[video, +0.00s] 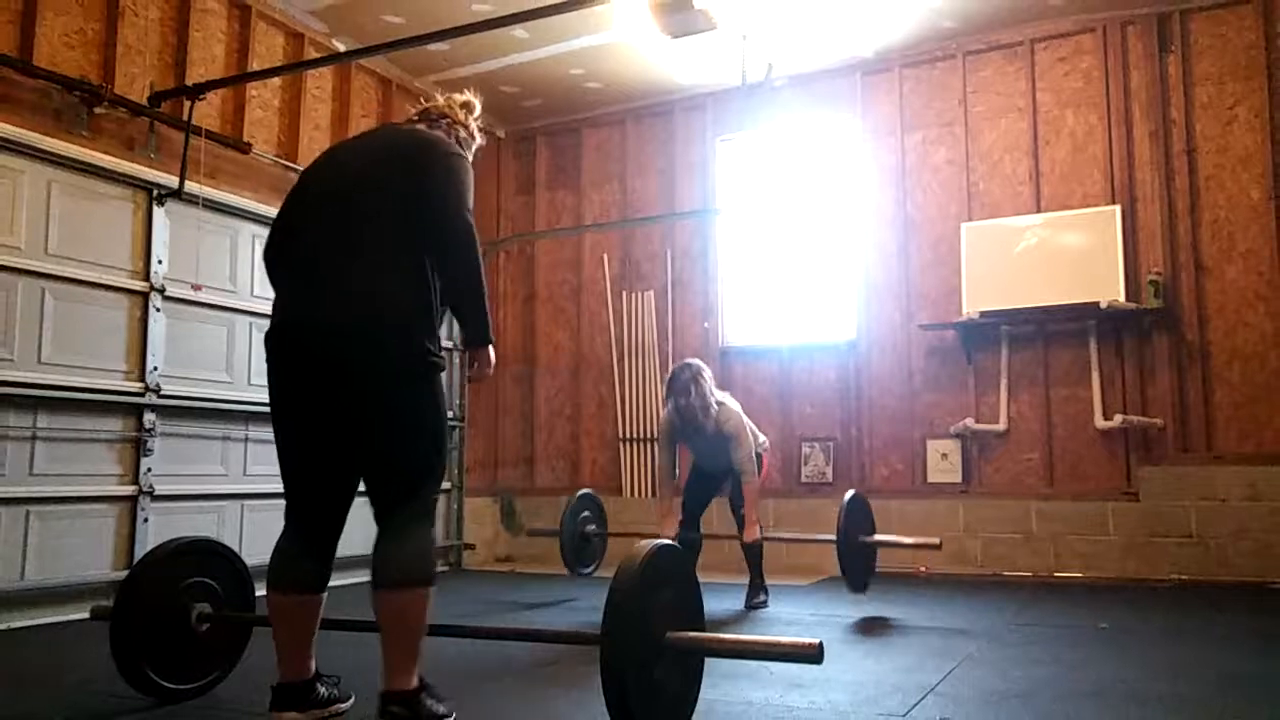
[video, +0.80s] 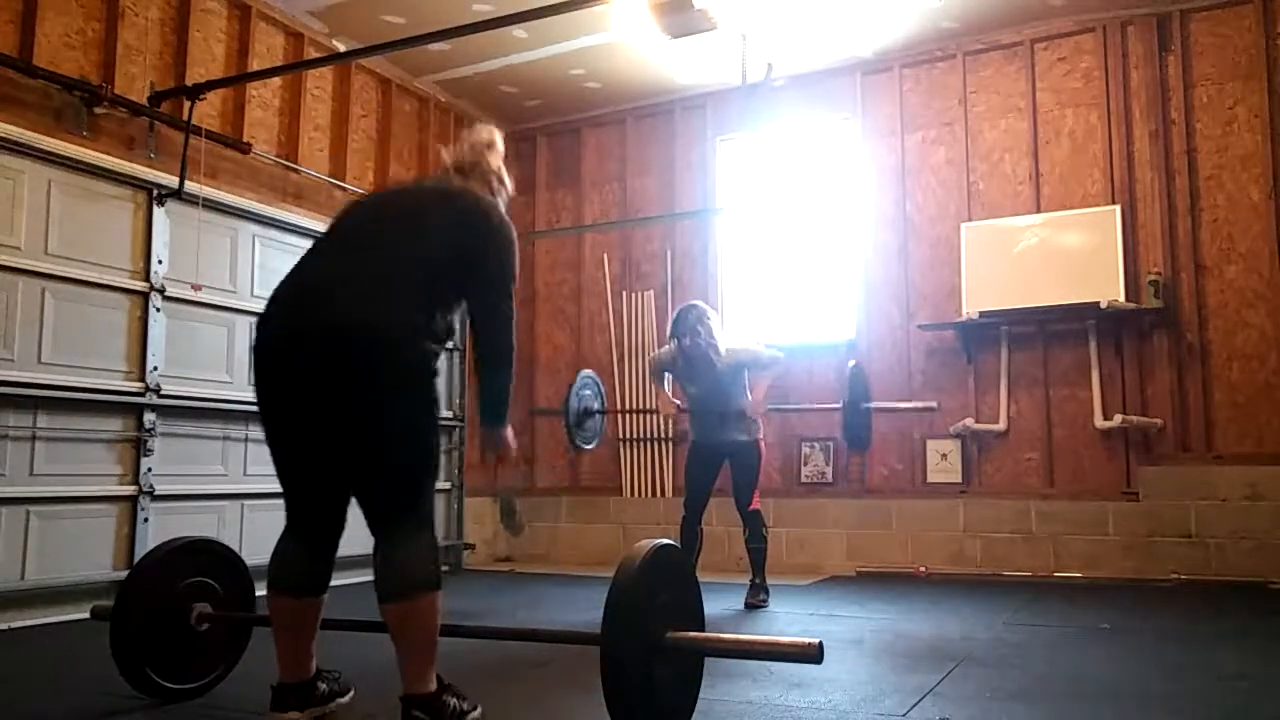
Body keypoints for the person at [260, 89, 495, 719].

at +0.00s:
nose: (469, 161)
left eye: (473, 154)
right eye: (471, 153)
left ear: (416, 120)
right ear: (458, 135)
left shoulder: (336, 155)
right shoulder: (442, 155)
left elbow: (278, 245)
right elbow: (453, 237)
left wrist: (308, 320)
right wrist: (479, 335)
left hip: (299, 350)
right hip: (392, 352)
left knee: (310, 512)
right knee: (407, 512)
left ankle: (294, 684)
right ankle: (402, 689)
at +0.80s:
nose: (506, 204)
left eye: (506, 196)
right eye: (507, 195)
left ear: (449, 172)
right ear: (496, 185)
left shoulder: (387, 200)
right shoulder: (487, 222)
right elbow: (493, 325)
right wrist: (495, 419)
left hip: (287, 348)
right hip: (382, 363)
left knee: (311, 515)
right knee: (404, 524)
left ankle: (294, 684)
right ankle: (422, 694)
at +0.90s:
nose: (513, 259)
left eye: (513, 249)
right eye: (513, 250)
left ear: (457, 225)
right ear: (503, 246)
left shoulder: (395, 241)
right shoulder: (491, 277)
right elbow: (496, 382)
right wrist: (492, 472)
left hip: (273, 346)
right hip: (371, 370)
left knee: (307, 519)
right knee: (402, 533)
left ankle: (296, 685)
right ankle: (422, 695)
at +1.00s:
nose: (513, 313)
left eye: (514, 304)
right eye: (515, 303)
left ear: (464, 276)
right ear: (508, 296)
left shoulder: (407, 284)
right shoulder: (492, 328)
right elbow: (493, 449)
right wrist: (494, 538)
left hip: (266, 351)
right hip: (373, 371)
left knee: (314, 521)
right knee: (413, 529)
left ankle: (297, 686)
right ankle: (424, 696)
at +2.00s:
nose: (494, 267)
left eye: (494, 259)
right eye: (493, 259)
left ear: (442, 234)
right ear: (485, 252)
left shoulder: (385, 254)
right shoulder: (475, 275)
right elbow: (497, 366)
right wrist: (494, 472)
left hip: (255, 345)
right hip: (357, 362)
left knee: (308, 518)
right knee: (407, 524)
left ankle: (294, 685)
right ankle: (424, 696)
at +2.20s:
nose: (500, 250)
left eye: (502, 242)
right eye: (501, 241)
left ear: (455, 205)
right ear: (493, 227)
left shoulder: (388, 227)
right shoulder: (480, 241)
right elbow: (491, 374)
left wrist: (236, 386)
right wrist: (480, 379)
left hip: (263, 355)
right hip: (362, 370)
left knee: (313, 518)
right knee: (406, 525)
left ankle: (293, 683)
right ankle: (421, 695)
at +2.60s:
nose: (493, 260)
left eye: (496, 252)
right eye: (493, 250)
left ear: (449, 221)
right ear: (478, 233)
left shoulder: (389, 247)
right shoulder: (472, 265)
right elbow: (494, 349)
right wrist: (497, 441)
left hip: (254, 346)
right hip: (351, 365)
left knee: (309, 518)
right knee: (399, 528)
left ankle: (294, 685)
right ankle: (420, 695)